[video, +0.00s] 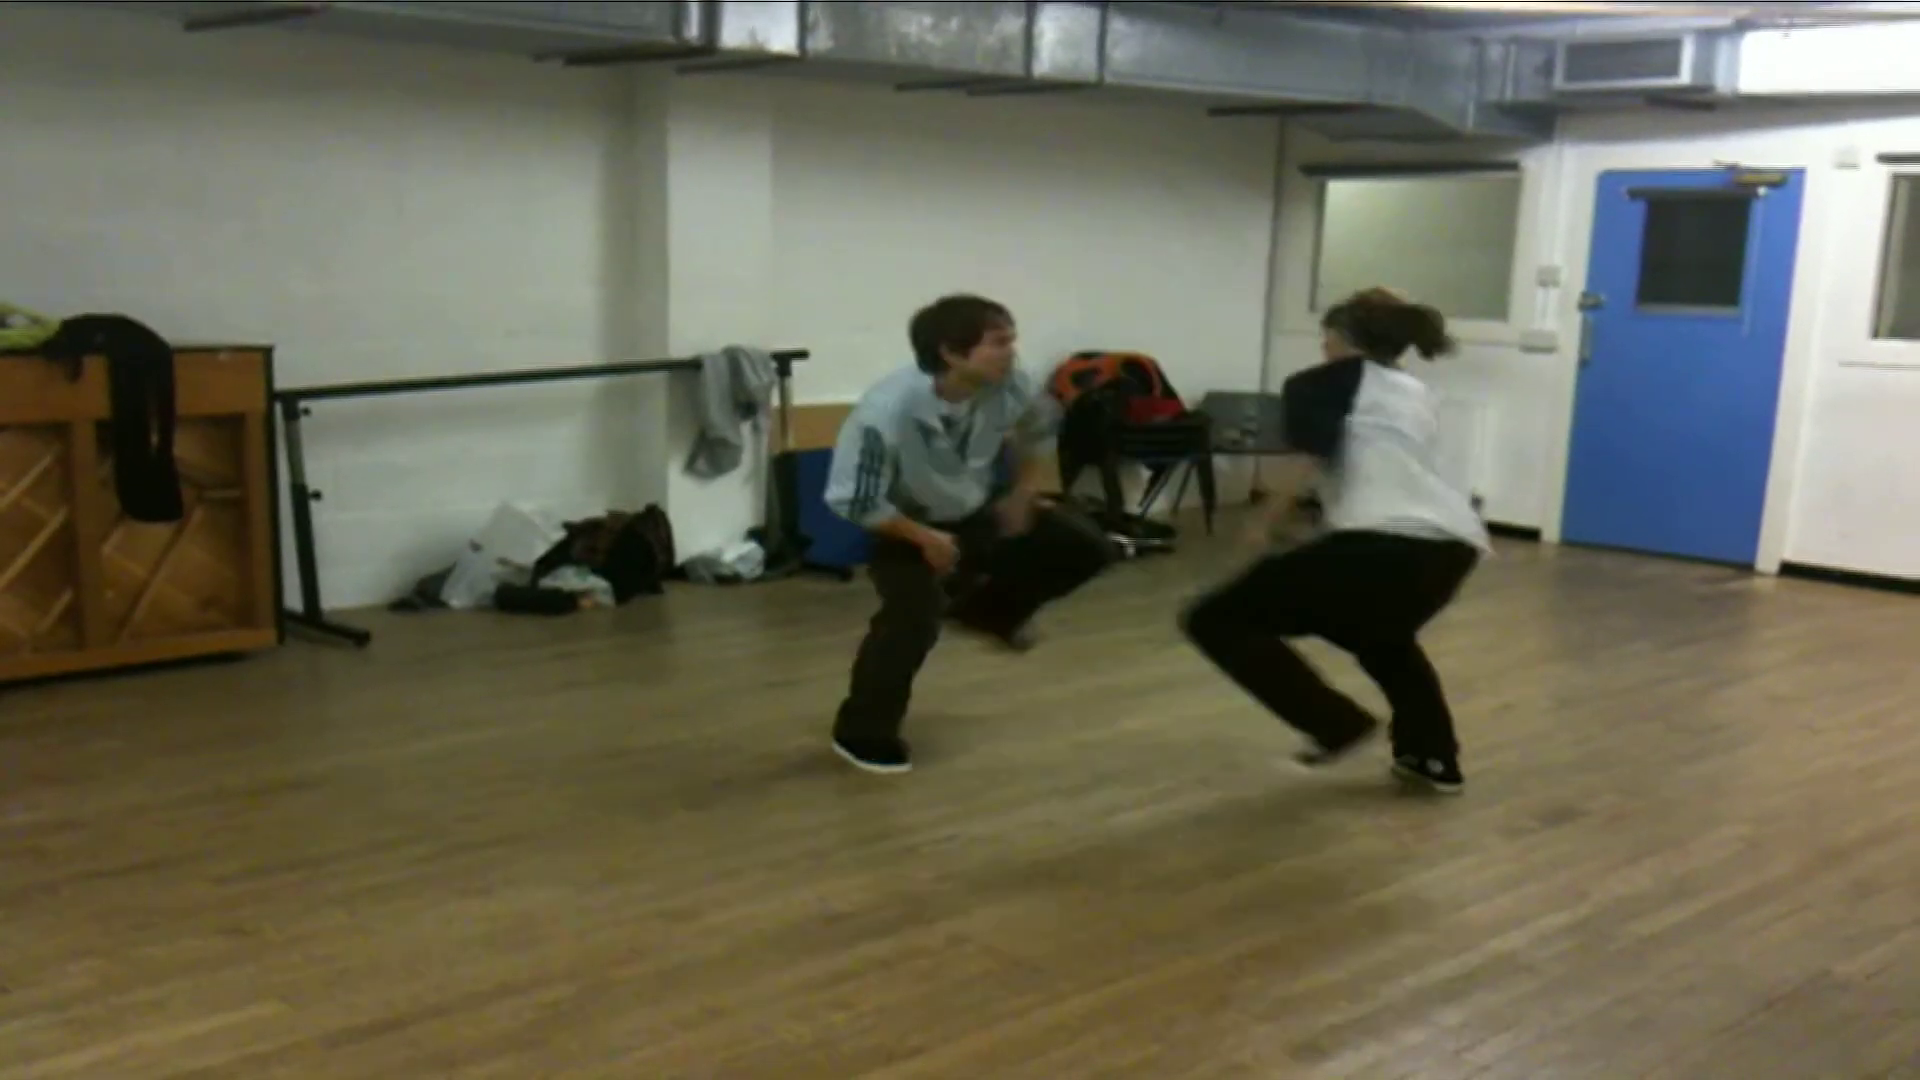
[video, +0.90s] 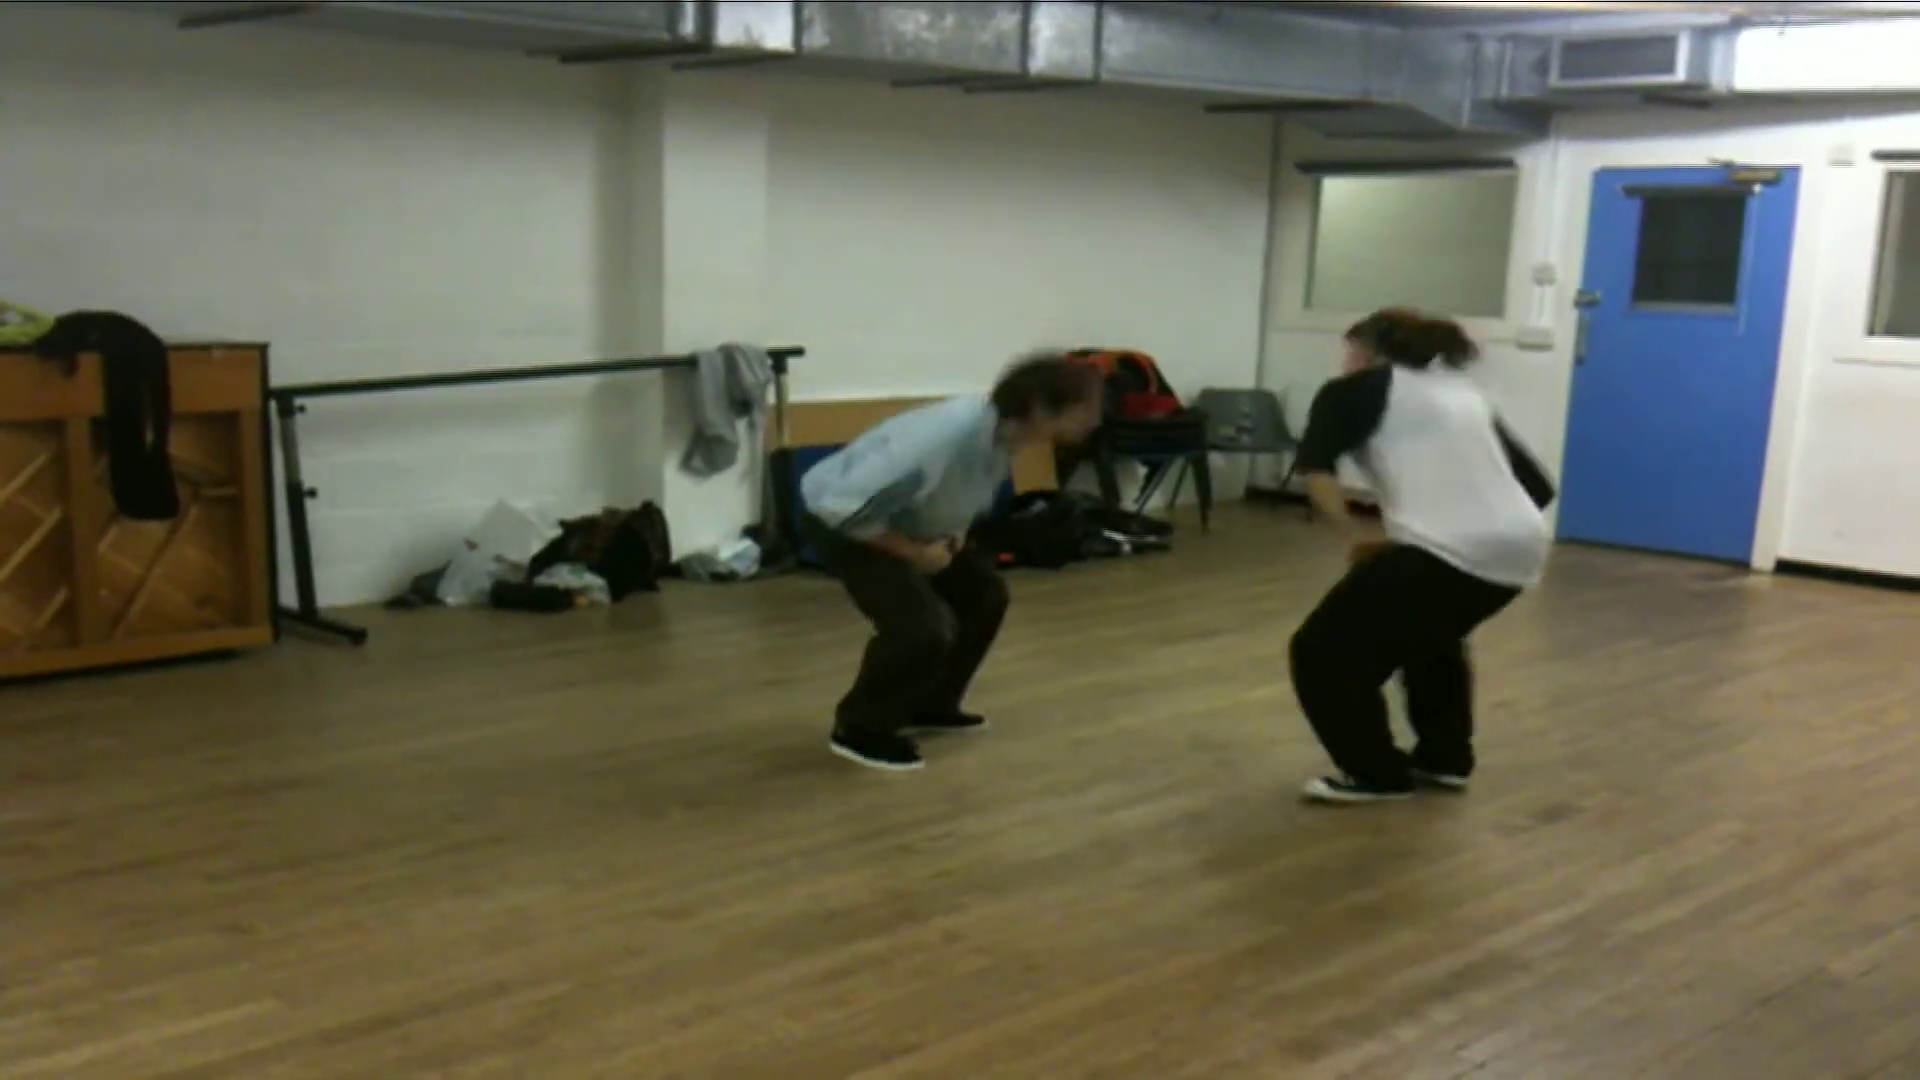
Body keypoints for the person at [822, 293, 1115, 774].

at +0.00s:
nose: (1010, 352)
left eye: (1010, 341)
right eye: (997, 342)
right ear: (952, 355)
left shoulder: (1008, 386)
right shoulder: (888, 409)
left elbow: (1040, 433)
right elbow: (852, 498)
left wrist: (1022, 497)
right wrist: (922, 537)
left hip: (975, 515)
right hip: (903, 526)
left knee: (1080, 550)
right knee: (914, 610)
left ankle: (990, 610)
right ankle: (863, 731)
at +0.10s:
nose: (1051, 348)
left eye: (1049, 338)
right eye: (1040, 339)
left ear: (1002, 356)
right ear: (998, 355)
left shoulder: (1013, 395)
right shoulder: (920, 395)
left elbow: (996, 447)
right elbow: (849, 478)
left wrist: (978, 499)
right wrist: (901, 525)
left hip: (921, 504)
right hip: (851, 509)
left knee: (1009, 563)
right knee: (896, 608)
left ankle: (942, 663)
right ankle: (859, 730)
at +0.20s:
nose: (1084, 335)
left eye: (1082, 325)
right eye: (1073, 325)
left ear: (1039, 334)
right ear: (1034, 331)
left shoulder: (1013, 383)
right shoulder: (979, 363)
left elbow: (945, 442)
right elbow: (893, 433)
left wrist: (940, 497)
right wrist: (894, 497)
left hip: (884, 492)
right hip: (831, 486)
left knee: (945, 587)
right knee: (882, 608)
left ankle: (919, 704)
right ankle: (856, 726)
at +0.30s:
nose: (1057, 313)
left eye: (1057, 302)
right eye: (1049, 301)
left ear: (1011, 305)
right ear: (1010, 300)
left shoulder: (991, 351)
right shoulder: (976, 327)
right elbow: (920, 394)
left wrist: (936, 488)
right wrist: (927, 478)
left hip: (884, 485)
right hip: (848, 480)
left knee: (935, 584)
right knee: (900, 596)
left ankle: (914, 700)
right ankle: (858, 728)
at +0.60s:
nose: (1010, 281)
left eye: (1009, 269)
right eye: (1001, 270)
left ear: (960, 273)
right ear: (959, 272)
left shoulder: (948, 326)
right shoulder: (911, 333)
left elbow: (964, 424)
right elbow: (929, 441)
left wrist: (980, 485)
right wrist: (969, 488)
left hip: (934, 486)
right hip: (895, 488)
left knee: (971, 584)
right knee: (944, 593)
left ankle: (934, 700)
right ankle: (860, 722)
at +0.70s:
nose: (1046, 338)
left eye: (1044, 326)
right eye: (1036, 328)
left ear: (996, 334)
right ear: (996, 334)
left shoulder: (977, 370)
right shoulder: (915, 398)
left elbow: (954, 425)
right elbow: (867, 497)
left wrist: (960, 467)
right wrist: (932, 525)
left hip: (916, 491)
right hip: (856, 499)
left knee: (978, 577)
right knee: (934, 603)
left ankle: (934, 698)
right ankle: (860, 722)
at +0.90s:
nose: (1083, 424)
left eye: (1086, 414)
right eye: (1078, 413)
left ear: (1035, 409)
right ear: (1037, 410)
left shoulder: (1001, 436)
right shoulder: (936, 444)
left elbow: (965, 488)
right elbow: (831, 505)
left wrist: (956, 527)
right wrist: (912, 551)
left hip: (910, 520)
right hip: (842, 526)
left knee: (984, 597)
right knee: (924, 626)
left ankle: (931, 704)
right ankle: (860, 727)